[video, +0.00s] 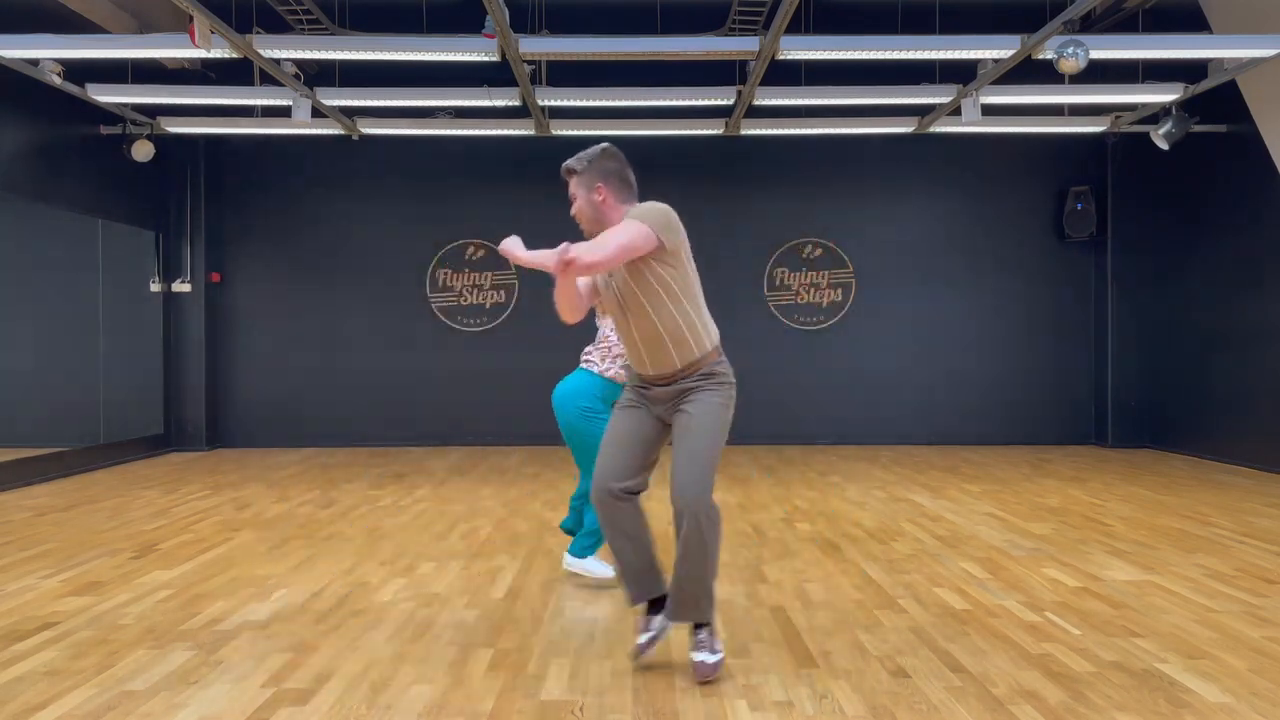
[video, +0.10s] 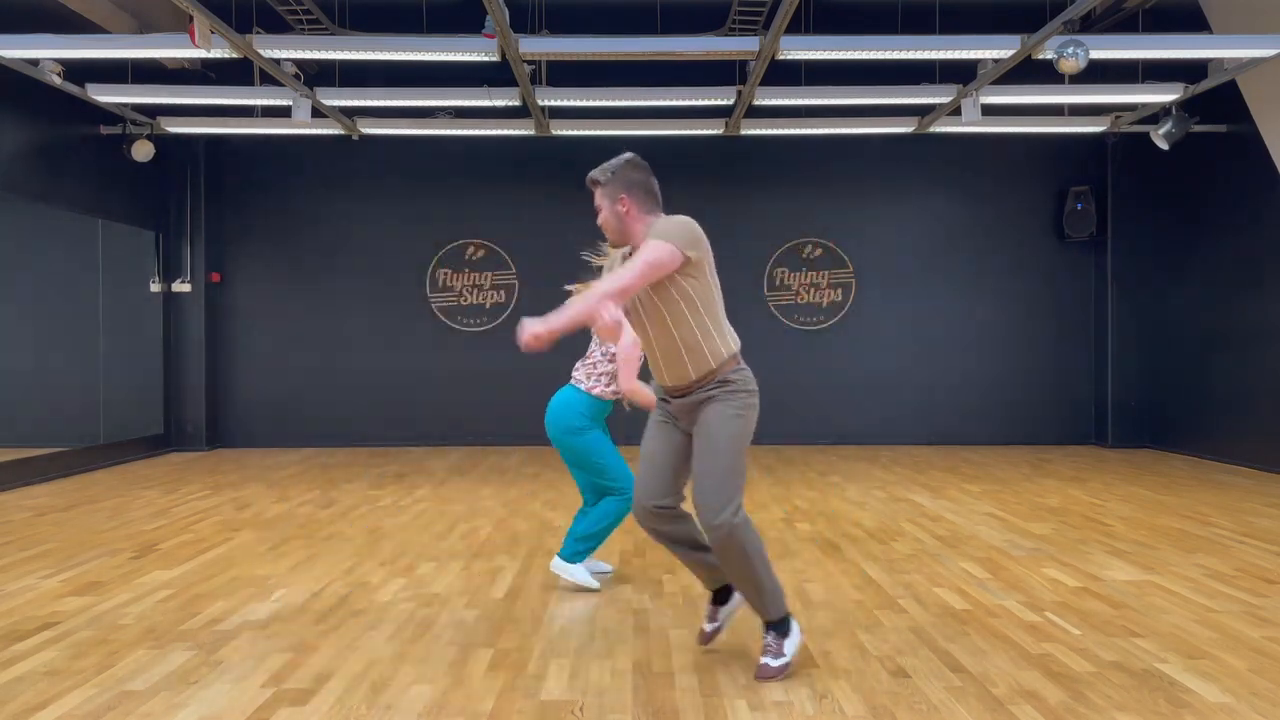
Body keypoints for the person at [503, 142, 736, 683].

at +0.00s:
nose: (570, 210)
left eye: (574, 198)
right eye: (570, 200)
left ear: (602, 193)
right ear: (602, 195)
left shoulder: (656, 218)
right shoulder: (592, 254)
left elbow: (587, 258)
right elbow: (571, 315)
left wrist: (523, 255)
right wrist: (561, 270)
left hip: (704, 381)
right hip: (643, 391)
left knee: (692, 498)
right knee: (609, 489)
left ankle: (701, 624)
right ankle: (656, 599)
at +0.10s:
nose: (597, 221)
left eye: (600, 209)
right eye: (596, 210)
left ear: (626, 204)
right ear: (627, 206)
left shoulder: (679, 231)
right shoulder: (625, 265)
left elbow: (625, 284)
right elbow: (597, 306)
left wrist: (550, 324)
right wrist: (605, 318)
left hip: (724, 391)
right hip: (671, 401)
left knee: (719, 515)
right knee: (652, 509)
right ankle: (724, 586)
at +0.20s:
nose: (616, 237)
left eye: (619, 227)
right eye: (616, 227)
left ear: (639, 228)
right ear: (647, 227)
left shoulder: (700, 268)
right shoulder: (640, 294)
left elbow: (690, 344)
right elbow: (637, 365)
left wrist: (666, 416)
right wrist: (648, 419)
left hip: (739, 411)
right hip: (692, 425)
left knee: (738, 534)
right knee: (690, 535)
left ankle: (804, 639)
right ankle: (764, 608)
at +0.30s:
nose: (624, 219)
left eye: (626, 210)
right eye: (624, 211)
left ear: (639, 214)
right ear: (663, 209)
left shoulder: (697, 258)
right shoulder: (649, 270)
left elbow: (751, 323)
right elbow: (661, 344)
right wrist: (661, 408)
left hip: (734, 396)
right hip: (690, 407)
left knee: (742, 518)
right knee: (691, 515)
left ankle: (800, 636)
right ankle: (764, 612)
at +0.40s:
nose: (619, 192)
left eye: (623, 184)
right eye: (620, 184)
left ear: (645, 187)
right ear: (651, 185)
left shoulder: (695, 232)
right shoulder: (651, 235)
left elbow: (758, 279)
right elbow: (667, 295)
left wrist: (796, 347)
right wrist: (652, 341)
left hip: (725, 366)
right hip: (682, 374)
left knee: (721, 476)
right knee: (672, 475)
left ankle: (778, 599)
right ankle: (742, 567)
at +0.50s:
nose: (632, 193)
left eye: (643, 183)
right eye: (626, 183)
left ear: (671, 185)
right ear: (622, 186)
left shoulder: (694, 233)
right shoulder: (645, 238)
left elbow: (758, 277)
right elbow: (662, 287)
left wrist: (751, 345)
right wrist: (636, 310)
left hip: (723, 362)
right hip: (681, 367)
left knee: (683, 462)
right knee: (650, 457)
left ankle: (734, 563)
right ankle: (729, 533)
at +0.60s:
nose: (642, 217)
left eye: (652, 207)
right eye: (634, 208)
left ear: (674, 207)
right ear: (626, 209)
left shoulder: (693, 260)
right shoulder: (637, 261)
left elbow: (740, 318)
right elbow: (634, 324)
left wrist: (703, 353)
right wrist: (583, 316)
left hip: (722, 382)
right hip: (676, 383)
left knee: (672, 478)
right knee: (646, 468)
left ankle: (675, 575)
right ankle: (691, 547)